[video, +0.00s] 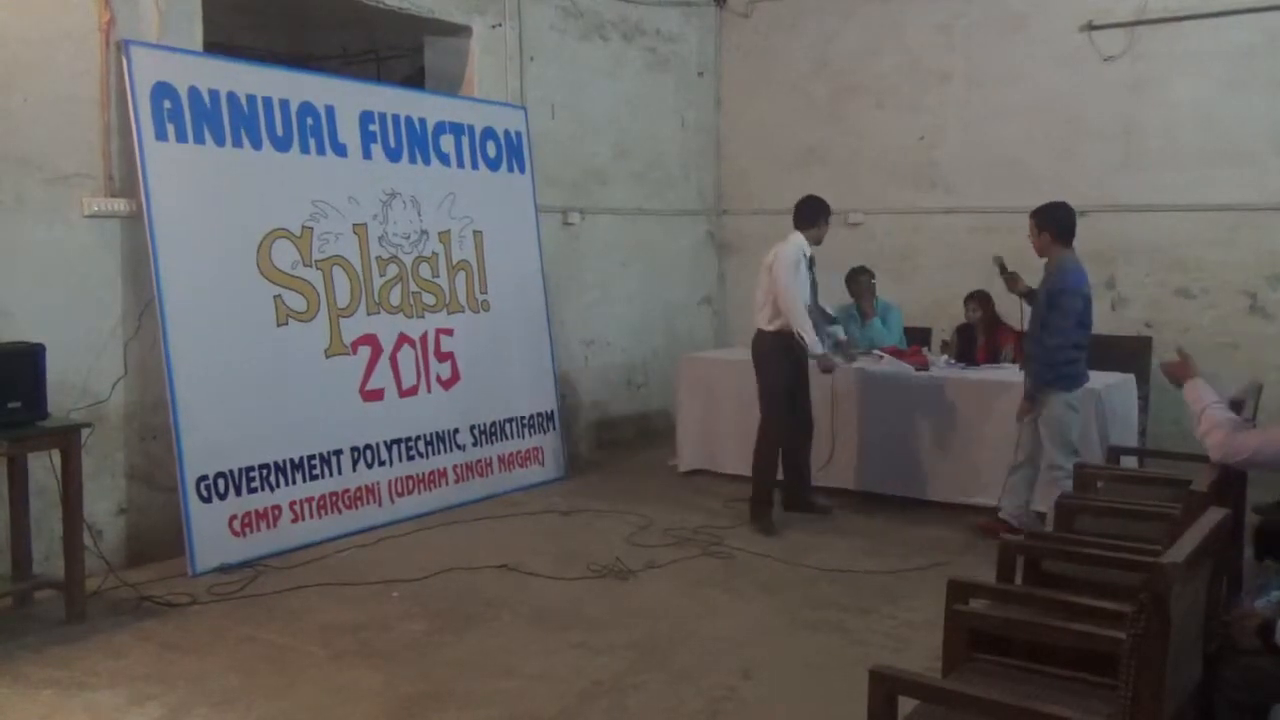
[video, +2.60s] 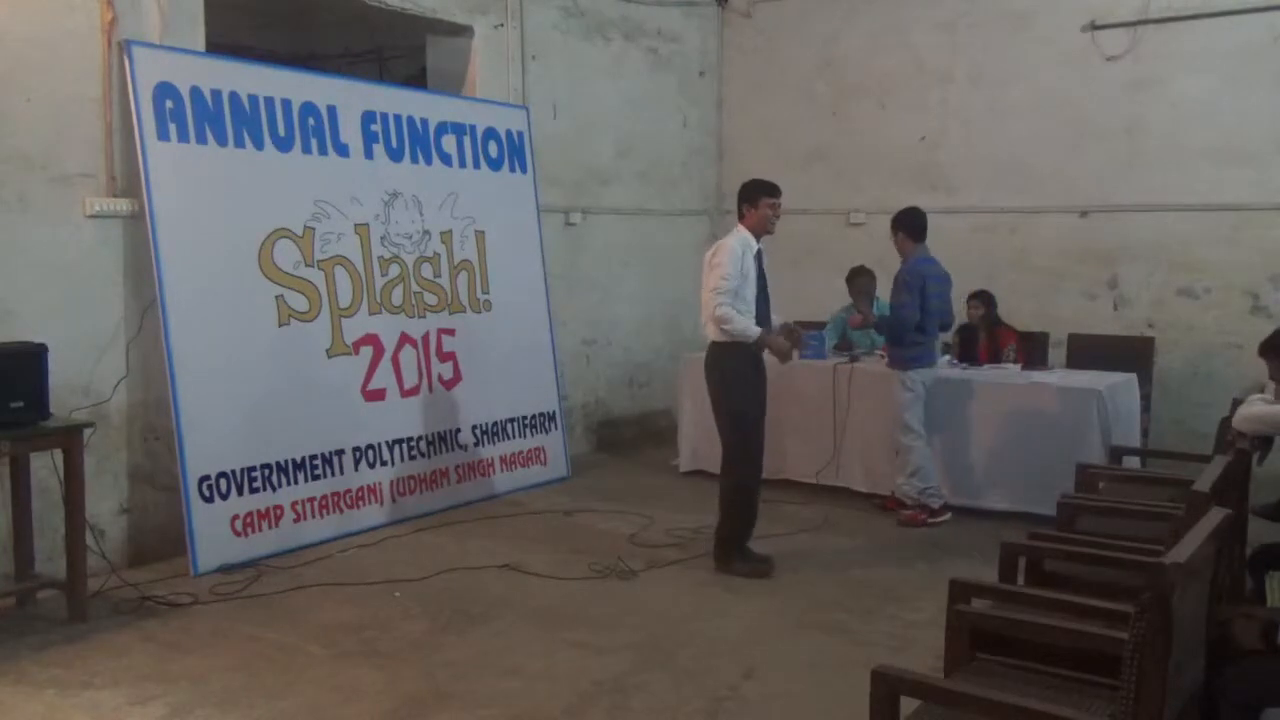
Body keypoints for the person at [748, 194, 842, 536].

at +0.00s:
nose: (828, 231)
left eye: (827, 224)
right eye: (827, 224)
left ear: (800, 219)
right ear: (818, 223)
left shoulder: (799, 254)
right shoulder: (788, 253)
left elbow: (804, 304)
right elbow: (790, 305)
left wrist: (832, 329)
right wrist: (817, 351)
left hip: (792, 344)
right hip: (773, 344)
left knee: (800, 424)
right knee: (773, 425)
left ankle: (797, 496)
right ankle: (761, 508)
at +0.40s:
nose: (805, 230)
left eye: (808, 224)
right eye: (801, 223)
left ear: (803, 223)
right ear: (781, 219)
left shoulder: (801, 255)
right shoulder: (752, 256)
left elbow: (803, 310)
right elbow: (745, 314)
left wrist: (813, 351)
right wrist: (761, 360)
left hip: (796, 348)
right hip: (763, 349)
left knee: (801, 432)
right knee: (758, 433)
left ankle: (785, 498)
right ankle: (758, 507)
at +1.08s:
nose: (793, 223)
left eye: (795, 216)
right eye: (787, 216)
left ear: (794, 219)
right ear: (764, 217)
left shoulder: (802, 256)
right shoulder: (733, 261)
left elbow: (820, 298)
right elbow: (722, 317)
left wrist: (828, 335)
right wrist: (716, 370)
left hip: (786, 360)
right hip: (743, 359)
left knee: (790, 447)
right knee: (732, 450)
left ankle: (794, 523)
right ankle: (719, 540)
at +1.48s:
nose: (767, 217)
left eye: (769, 210)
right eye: (761, 209)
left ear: (762, 213)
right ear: (738, 210)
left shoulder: (766, 251)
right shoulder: (708, 254)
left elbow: (779, 300)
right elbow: (703, 314)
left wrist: (770, 317)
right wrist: (711, 364)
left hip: (751, 351)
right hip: (716, 355)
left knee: (774, 442)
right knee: (716, 454)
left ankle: (738, 499)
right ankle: (715, 548)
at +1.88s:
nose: (764, 214)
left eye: (766, 207)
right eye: (758, 207)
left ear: (751, 212)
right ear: (735, 208)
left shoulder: (752, 250)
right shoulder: (713, 250)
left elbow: (769, 299)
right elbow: (734, 306)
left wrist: (754, 294)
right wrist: (769, 355)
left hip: (741, 357)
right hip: (711, 359)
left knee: (745, 455)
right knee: (715, 456)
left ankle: (737, 544)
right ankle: (716, 551)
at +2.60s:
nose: (777, 216)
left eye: (778, 209)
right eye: (771, 208)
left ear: (757, 213)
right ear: (748, 210)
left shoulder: (751, 250)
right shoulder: (730, 248)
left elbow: (746, 312)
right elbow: (719, 311)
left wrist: (773, 331)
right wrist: (766, 337)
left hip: (746, 356)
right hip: (731, 358)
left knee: (748, 455)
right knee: (740, 455)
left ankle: (737, 545)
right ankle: (730, 550)